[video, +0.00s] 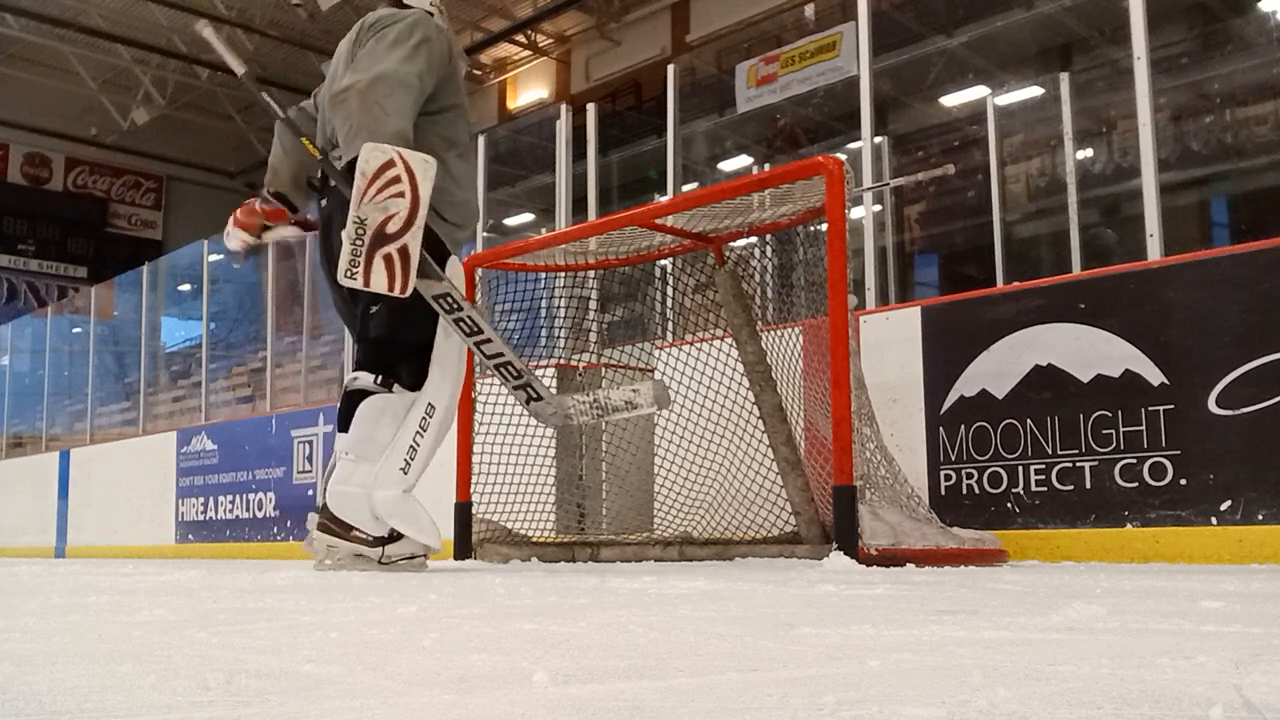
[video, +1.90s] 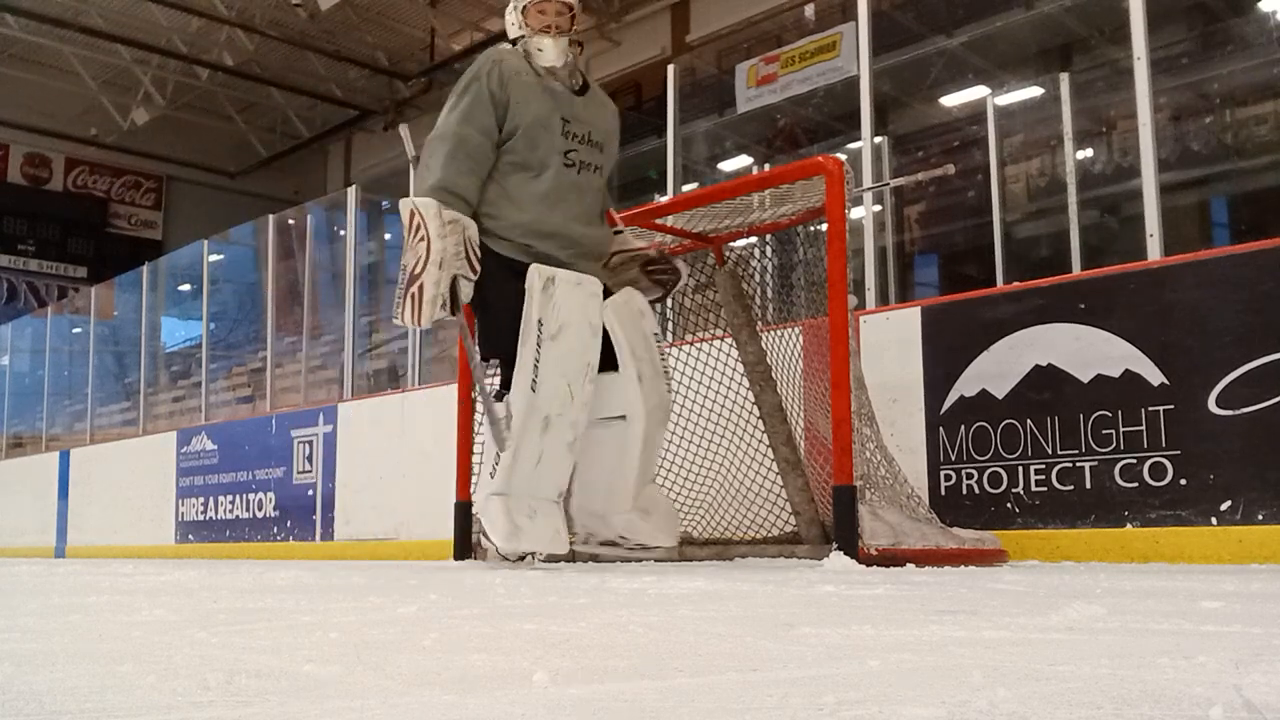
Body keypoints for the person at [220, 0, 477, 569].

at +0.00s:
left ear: (386, 1)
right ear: (430, 2)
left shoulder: (358, 47)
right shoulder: (415, 27)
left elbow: (302, 123)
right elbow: (371, 102)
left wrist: (278, 199)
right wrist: (385, 209)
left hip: (359, 231)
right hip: (404, 232)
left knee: (376, 373)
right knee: (416, 376)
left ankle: (349, 514)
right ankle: (363, 516)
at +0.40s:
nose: (452, 16)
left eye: (451, 11)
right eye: (448, 10)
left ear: (392, 17)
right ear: (428, 13)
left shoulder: (358, 76)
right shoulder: (421, 45)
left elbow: (308, 142)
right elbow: (395, 117)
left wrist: (331, 199)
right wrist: (432, 219)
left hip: (353, 229)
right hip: (398, 223)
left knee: (383, 371)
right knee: (436, 373)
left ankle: (355, 513)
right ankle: (366, 507)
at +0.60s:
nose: (463, 38)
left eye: (465, 31)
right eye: (455, 27)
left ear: (417, 26)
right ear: (427, 22)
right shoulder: (423, 56)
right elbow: (383, 126)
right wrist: (416, 234)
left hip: (377, 236)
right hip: (395, 230)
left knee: (395, 374)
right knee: (423, 373)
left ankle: (368, 510)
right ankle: (371, 504)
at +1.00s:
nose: (501, 55)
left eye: (505, 48)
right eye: (492, 44)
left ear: (502, 55)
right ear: (462, 43)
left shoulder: (476, 108)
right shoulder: (442, 79)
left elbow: (461, 194)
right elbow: (385, 144)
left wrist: (491, 255)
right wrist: (382, 241)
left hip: (449, 259)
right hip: (439, 255)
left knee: (430, 389)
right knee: (469, 382)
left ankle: (395, 513)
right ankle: (445, 514)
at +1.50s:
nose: (525, 32)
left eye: (535, 24)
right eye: (515, 23)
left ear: (548, 35)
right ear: (499, 31)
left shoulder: (549, 110)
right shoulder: (478, 77)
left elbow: (540, 192)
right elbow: (428, 148)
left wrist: (541, 260)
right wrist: (409, 236)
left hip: (525, 267)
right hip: (469, 257)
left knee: (510, 397)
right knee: (492, 396)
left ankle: (458, 525)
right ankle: (474, 526)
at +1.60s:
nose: (533, 29)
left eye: (542, 22)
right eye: (522, 19)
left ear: (553, 34)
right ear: (503, 28)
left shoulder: (565, 113)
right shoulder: (483, 73)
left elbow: (562, 190)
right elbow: (438, 139)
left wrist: (553, 246)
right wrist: (422, 218)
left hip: (545, 268)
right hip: (482, 255)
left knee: (542, 396)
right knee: (501, 390)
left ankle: (519, 527)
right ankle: (480, 524)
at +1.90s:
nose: (554, 13)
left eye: (563, 7)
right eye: (540, 6)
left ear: (578, 20)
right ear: (518, 18)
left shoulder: (603, 108)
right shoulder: (498, 70)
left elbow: (591, 208)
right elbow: (455, 154)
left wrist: (622, 256)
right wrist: (438, 239)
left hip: (585, 274)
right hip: (510, 261)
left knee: (617, 391)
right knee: (527, 398)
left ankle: (606, 521)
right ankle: (524, 529)